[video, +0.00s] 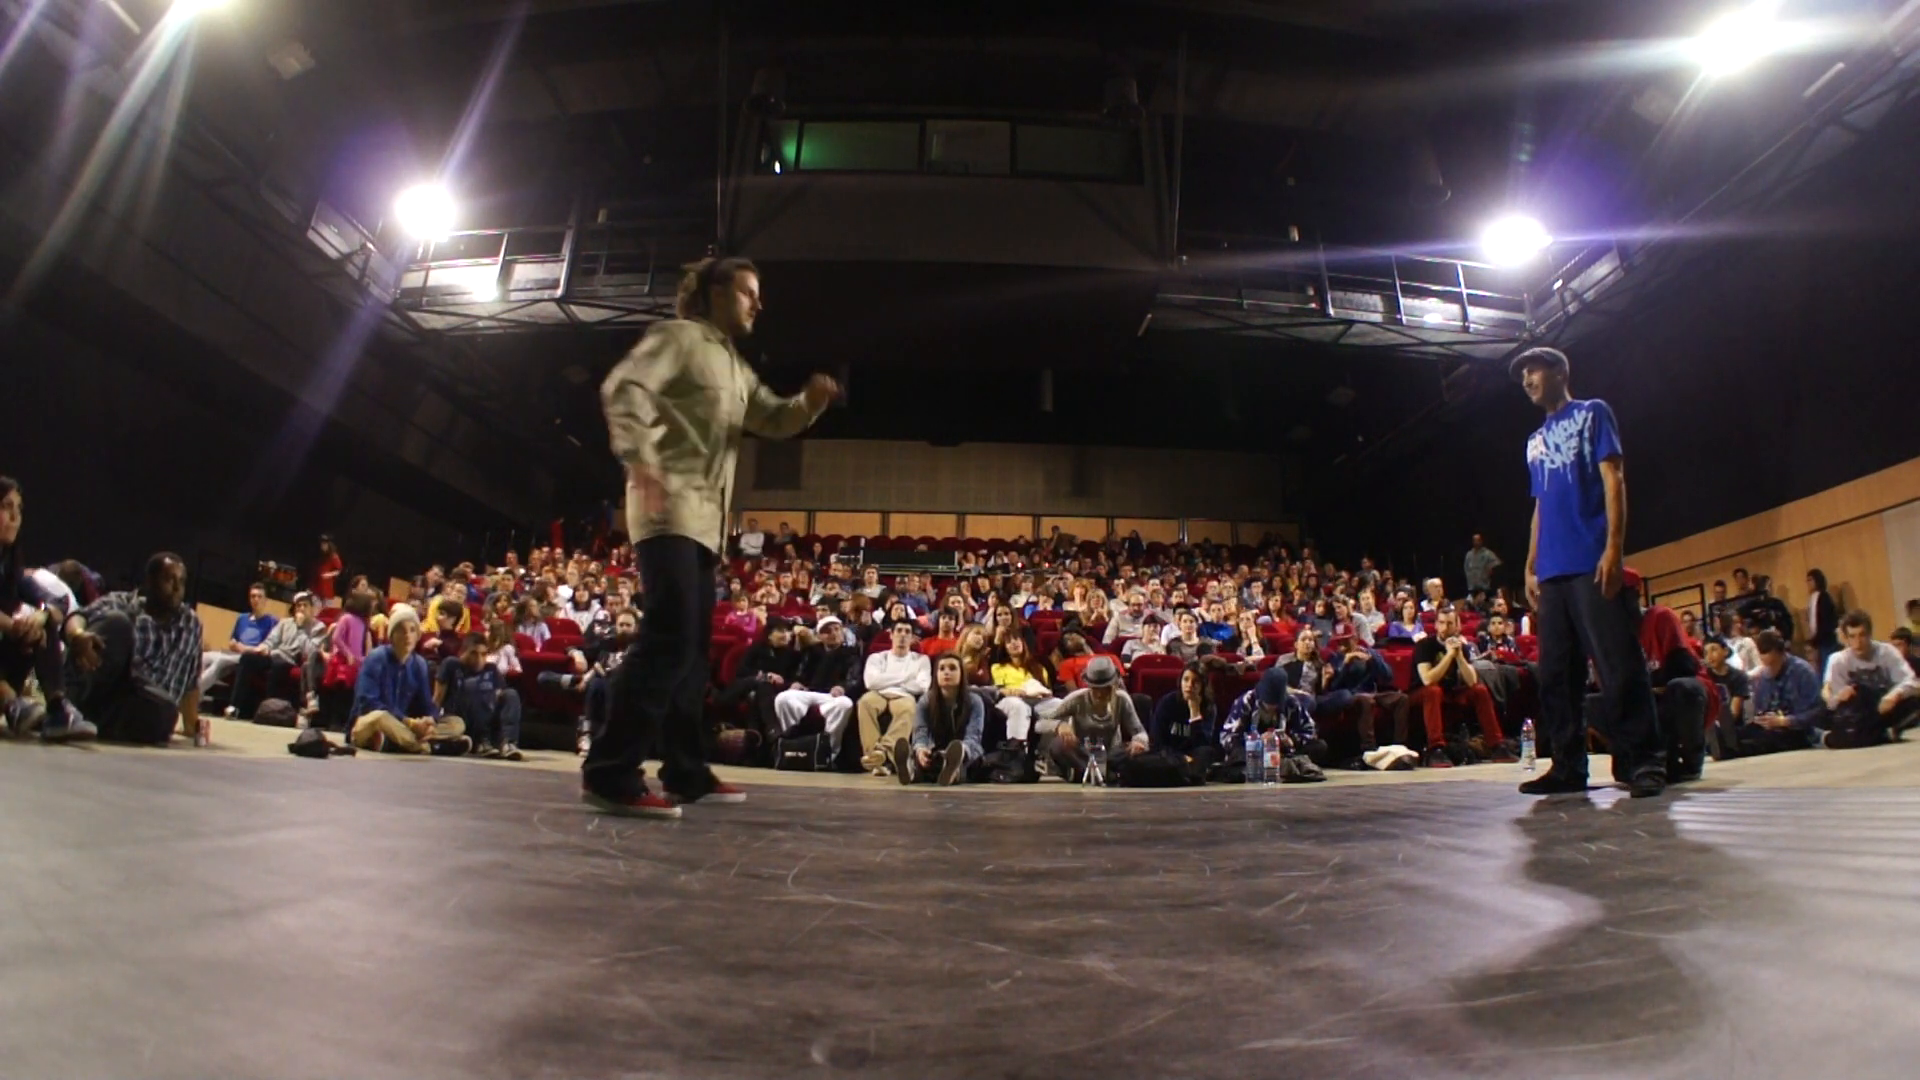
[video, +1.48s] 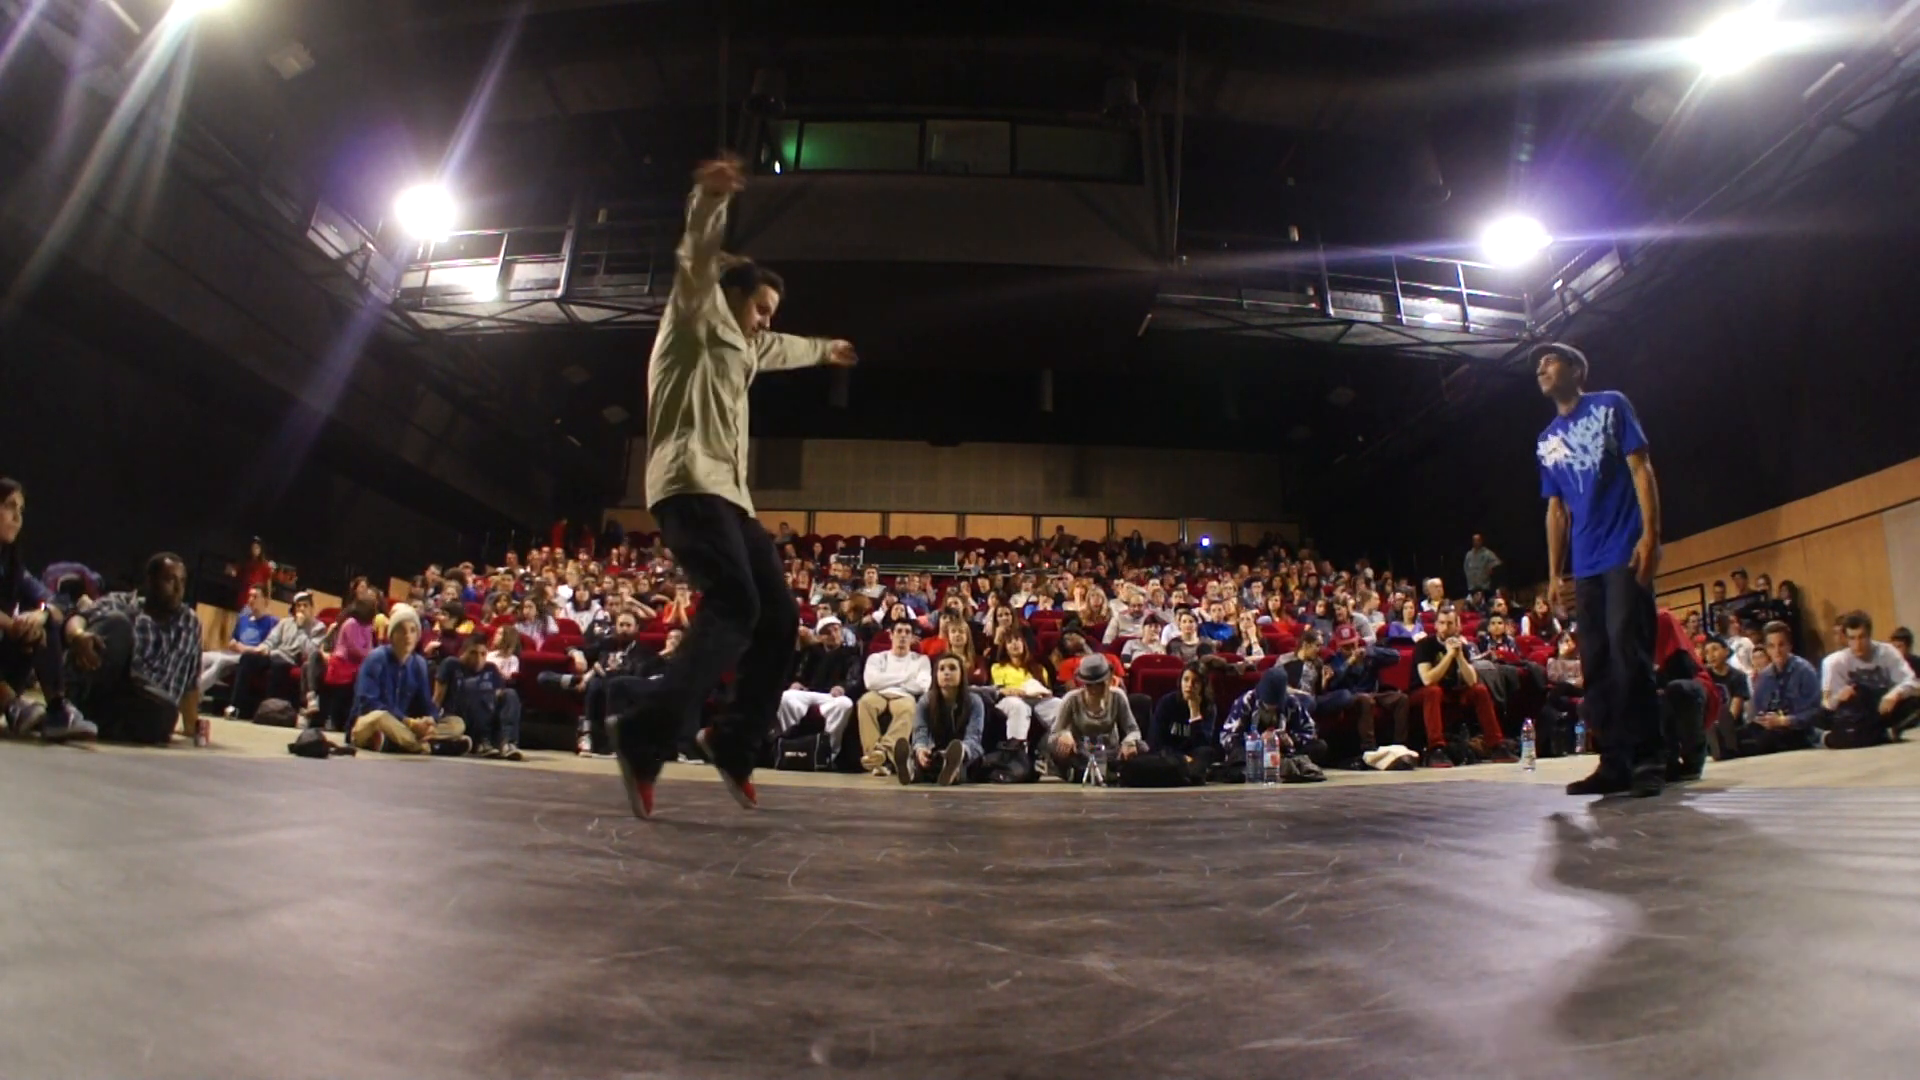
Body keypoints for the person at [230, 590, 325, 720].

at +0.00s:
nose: (302, 609)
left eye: (306, 606)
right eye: (299, 606)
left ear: (313, 609)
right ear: (295, 609)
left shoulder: (319, 628)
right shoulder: (285, 623)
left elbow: (309, 652)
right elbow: (271, 639)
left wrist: (301, 627)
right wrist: (264, 647)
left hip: (292, 661)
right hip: (273, 656)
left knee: (276, 667)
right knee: (248, 657)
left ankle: (269, 710)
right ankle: (235, 706)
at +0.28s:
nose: (301, 609)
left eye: (305, 606)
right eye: (298, 606)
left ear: (312, 608)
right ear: (294, 609)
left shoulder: (319, 628)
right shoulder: (285, 622)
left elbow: (310, 652)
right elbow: (271, 640)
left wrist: (301, 628)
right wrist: (264, 648)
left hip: (291, 659)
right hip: (273, 655)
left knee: (276, 667)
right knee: (248, 657)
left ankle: (270, 710)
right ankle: (235, 706)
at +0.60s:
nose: (301, 609)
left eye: (305, 606)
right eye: (298, 606)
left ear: (312, 609)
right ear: (294, 608)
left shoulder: (319, 628)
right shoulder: (285, 623)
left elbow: (311, 652)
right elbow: (271, 640)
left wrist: (301, 628)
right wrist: (264, 648)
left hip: (292, 660)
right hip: (273, 656)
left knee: (276, 665)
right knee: (247, 657)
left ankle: (270, 709)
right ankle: (235, 706)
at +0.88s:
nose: (301, 609)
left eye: (305, 606)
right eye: (298, 606)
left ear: (312, 609)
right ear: (294, 609)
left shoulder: (319, 628)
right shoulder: (285, 623)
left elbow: (311, 652)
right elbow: (271, 640)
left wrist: (301, 628)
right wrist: (264, 648)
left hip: (292, 660)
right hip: (273, 655)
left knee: (276, 665)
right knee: (248, 657)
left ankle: (270, 709)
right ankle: (235, 706)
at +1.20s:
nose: (302, 609)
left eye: (305, 606)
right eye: (298, 606)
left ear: (312, 609)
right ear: (294, 609)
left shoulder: (319, 628)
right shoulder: (286, 622)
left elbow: (310, 652)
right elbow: (271, 640)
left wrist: (301, 628)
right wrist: (264, 648)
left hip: (292, 660)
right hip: (273, 656)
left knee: (277, 665)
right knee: (248, 657)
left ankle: (270, 709)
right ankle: (235, 706)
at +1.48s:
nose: (302, 609)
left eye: (306, 606)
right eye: (298, 606)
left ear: (312, 609)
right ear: (294, 609)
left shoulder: (319, 628)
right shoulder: (286, 623)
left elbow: (310, 651)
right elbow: (271, 640)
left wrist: (301, 628)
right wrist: (264, 648)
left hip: (292, 660)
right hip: (273, 656)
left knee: (277, 665)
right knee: (248, 657)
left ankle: (271, 710)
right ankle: (235, 706)